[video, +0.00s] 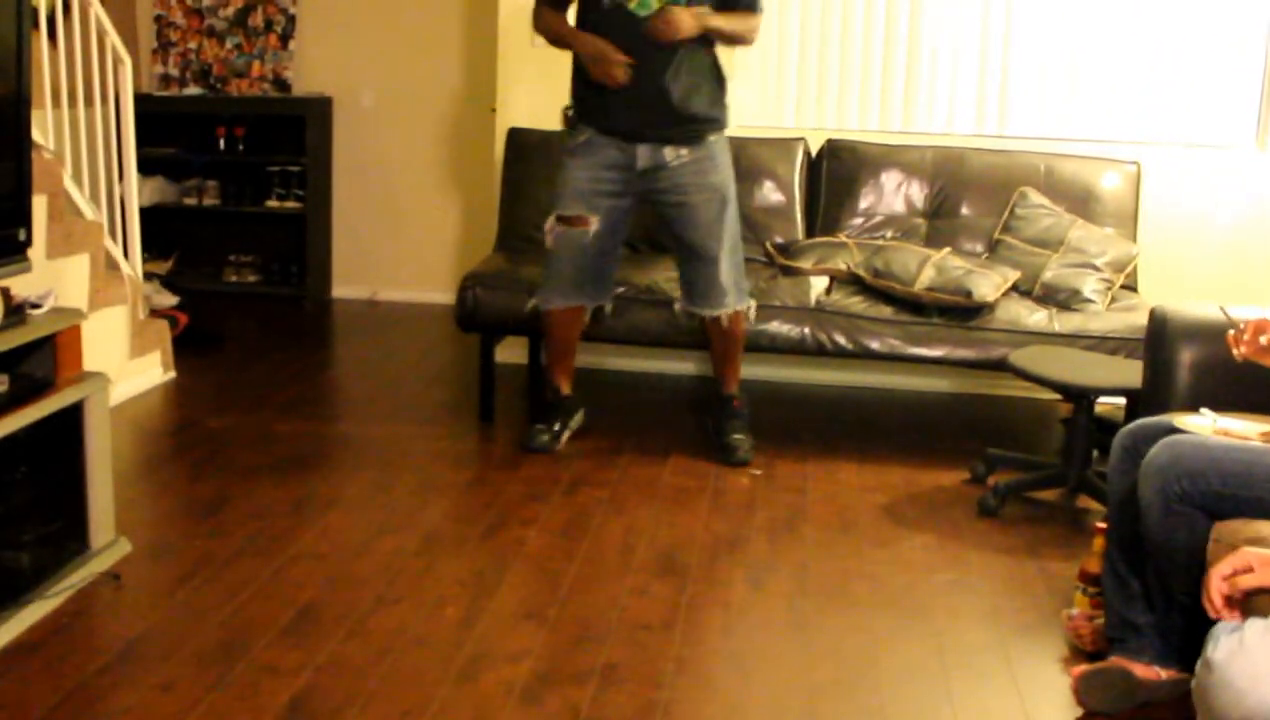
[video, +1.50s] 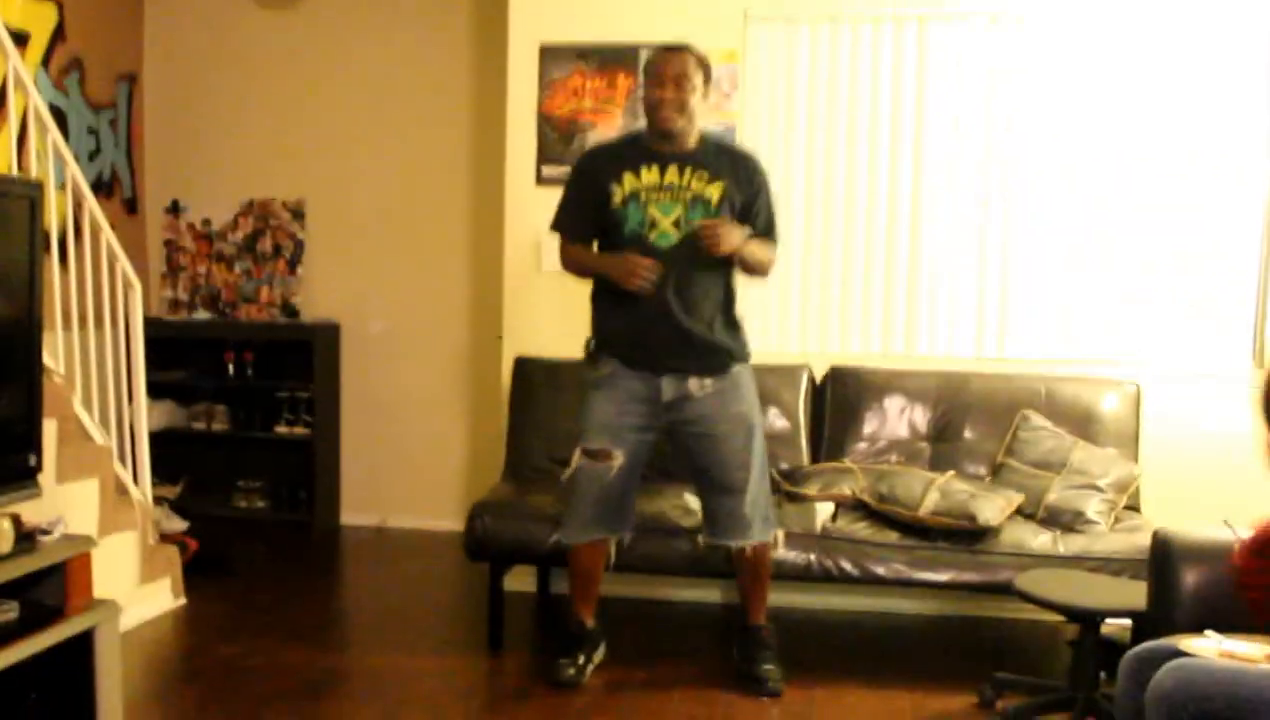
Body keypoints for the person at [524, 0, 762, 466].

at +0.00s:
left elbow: (747, 25)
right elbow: (545, 14)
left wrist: (702, 20)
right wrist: (585, 44)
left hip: (692, 137)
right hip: (599, 135)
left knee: (721, 282)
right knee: (566, 272)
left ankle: (729, 404)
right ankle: (559, 398)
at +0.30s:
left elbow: (784, 32)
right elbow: (587, 35)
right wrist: (551, 27)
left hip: (721, 146)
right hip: (628, 142)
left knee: (747, 290)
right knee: (585, 274)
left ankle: (740, 410)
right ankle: (570, 398)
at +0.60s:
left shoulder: (722, 1)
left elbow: (729, 56)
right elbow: (560, 33)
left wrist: (689, 0)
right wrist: (637, 5)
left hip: (692, 154)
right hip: (599, 150)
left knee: (726, 296)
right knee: (569, 278)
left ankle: (732, 412)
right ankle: (566, 409)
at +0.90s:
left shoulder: (742, 1)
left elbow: (814, 29)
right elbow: (560, 41)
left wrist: (790, 14)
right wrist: (581, 8)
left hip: (727, 155)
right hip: (633, 153)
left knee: (749, 301)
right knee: (595, 288)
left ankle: (751, 421)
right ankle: (576, 418)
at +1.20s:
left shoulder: (746, 21)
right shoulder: (609, 23)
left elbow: (765, 120)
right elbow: (587, 117)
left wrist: (719, 69)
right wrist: (637, 118)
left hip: (713, 226)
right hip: (623, 223)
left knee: (741, 374)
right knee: (594, 354)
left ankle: (750, 497)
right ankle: (578, 493)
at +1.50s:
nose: (666, 96)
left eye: (679, 86)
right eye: (657, 85)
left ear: (702, 94)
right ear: (642, 92)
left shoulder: (739, 170)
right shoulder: (601, 166)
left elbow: (765, 264)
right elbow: (569, 251)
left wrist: (741, 241)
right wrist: (608, 265)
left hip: (716, 367)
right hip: (623, 367)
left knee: (748, 506)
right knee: (591, 494)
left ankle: (756, 636)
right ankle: (582, 634)